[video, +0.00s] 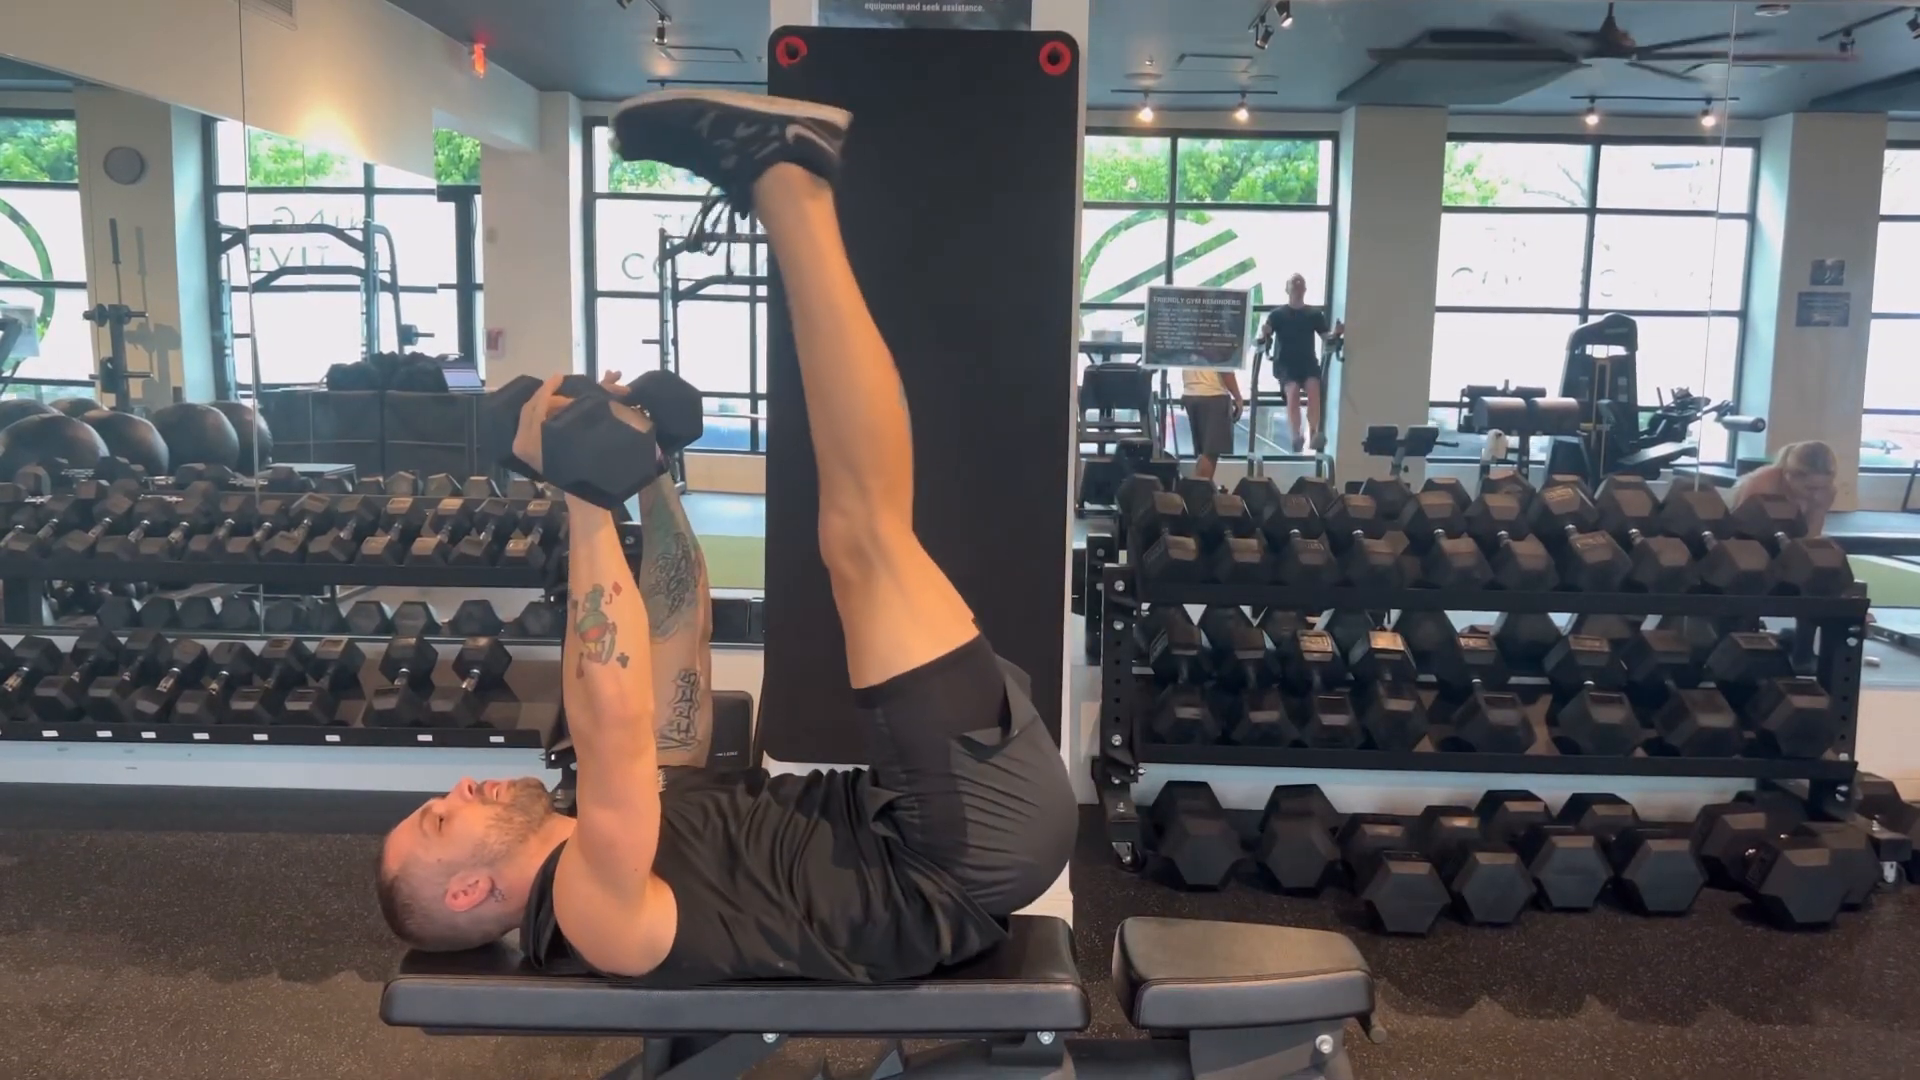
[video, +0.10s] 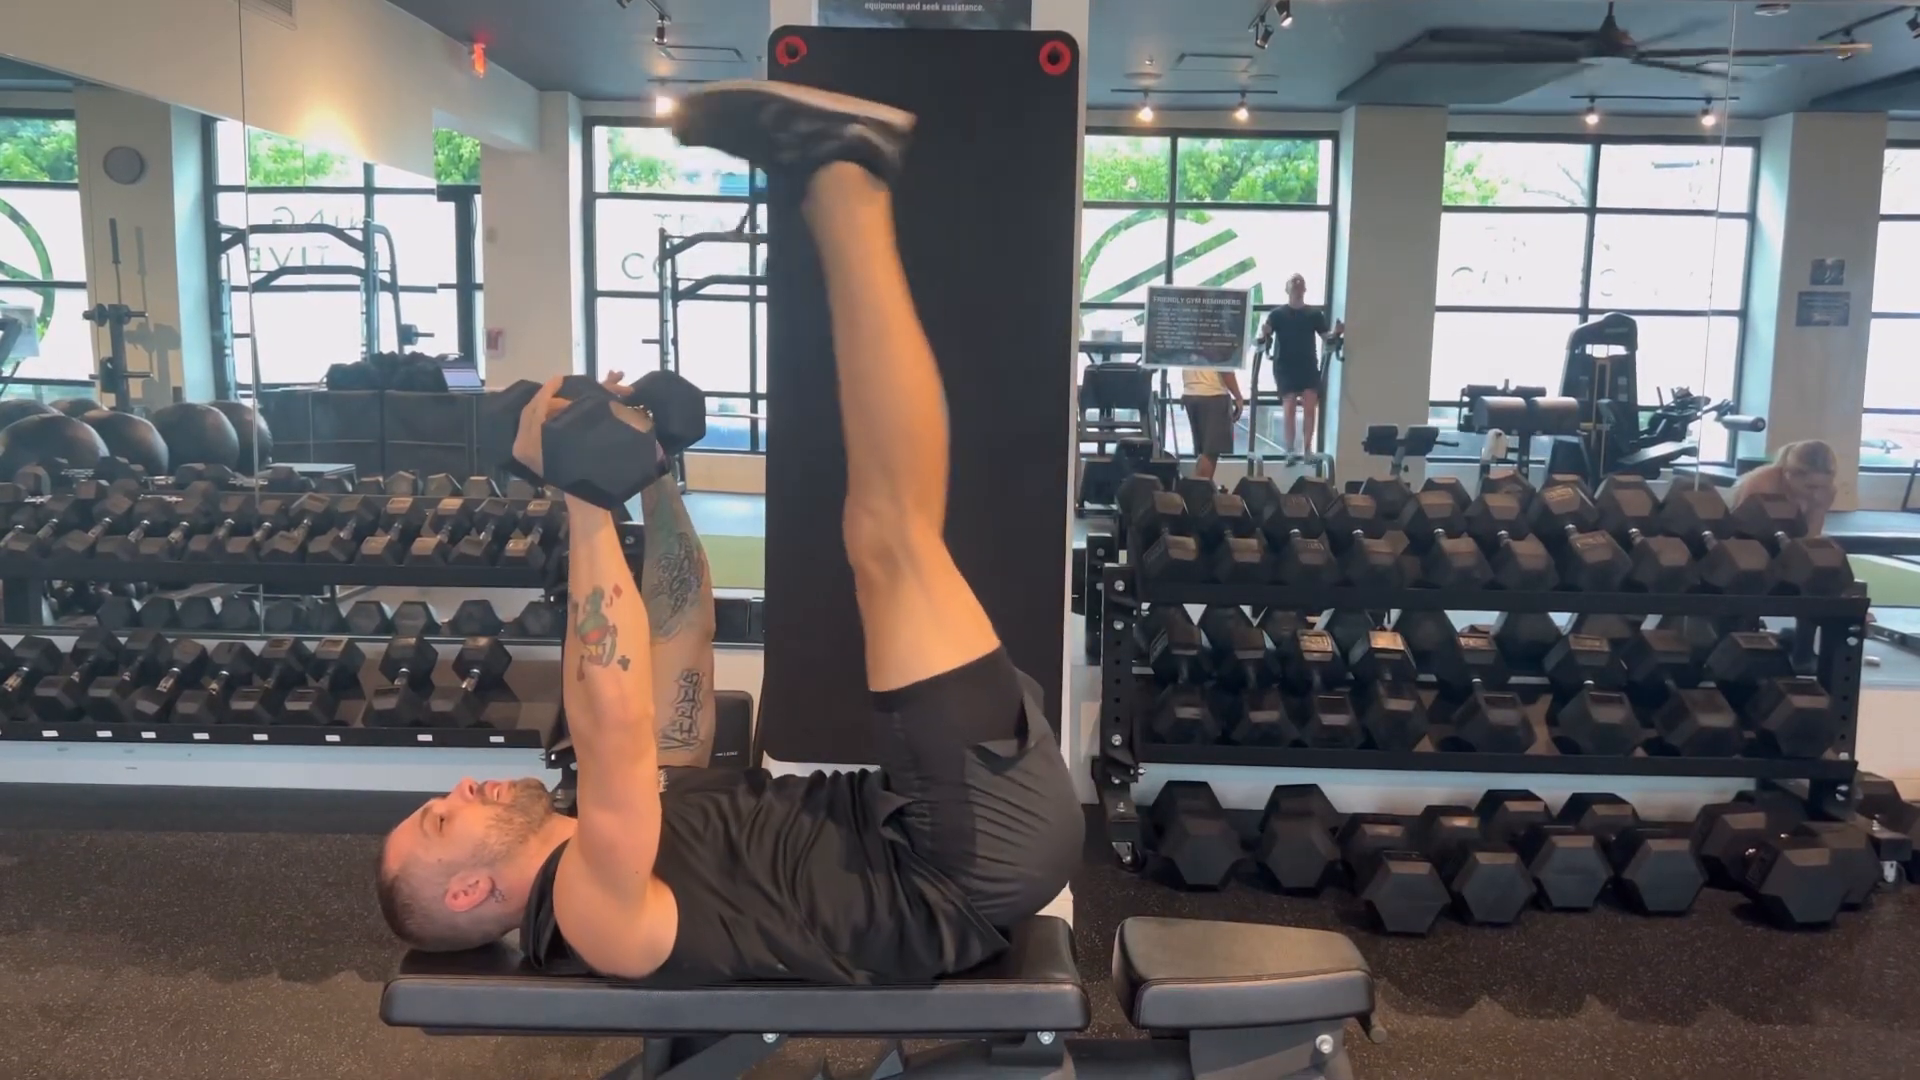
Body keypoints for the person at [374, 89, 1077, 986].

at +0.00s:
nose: (470, 783)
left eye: (441, 797)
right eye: (446, 813)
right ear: (481, 886)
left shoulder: (621, 835)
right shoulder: (602, 900)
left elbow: (679, 629)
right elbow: (609, 693)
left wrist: (647, 470)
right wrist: (581, 496)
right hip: (967, 849)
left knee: (872, 533)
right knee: (865, 537)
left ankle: (791, 185)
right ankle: (785, 181)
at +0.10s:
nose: (472, 784)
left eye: (441, 798)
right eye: (447, 814)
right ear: (479, 886)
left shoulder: (622, 843)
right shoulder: (602, 902)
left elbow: (680, 618)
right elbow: (608, 697)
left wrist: (648, 469)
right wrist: (584, 499)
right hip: (969, 864)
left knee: (894, 529)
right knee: (888, 533)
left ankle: (841, 182)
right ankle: (840, 174)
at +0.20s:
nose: (477, 783)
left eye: (448, 795)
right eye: (452, 812)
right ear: (484, 884)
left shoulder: (633, 835)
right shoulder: (605, 902)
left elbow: (685, 623)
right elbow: (611, 706)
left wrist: (654, 473)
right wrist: (583, 499)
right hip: (972, 880)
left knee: (940, 541)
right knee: (934, 543)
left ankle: (936, 186)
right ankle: (934, 180)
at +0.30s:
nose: (477, 788)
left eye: (449, 798)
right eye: (453, 818)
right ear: (484, 892)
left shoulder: (634, 838)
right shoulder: (607, 901)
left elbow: (687, 628)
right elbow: (610, 698)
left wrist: (656, 475)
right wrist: (583, 497)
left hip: (965, 852)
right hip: (989, 892)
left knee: (996, 550)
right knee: (993, 553)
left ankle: (1052, 203)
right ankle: (1054, 198)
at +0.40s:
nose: (479, 787)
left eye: (451, 797)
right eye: (456, 820)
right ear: (492, 889)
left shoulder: (645, 826)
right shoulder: (612, 905)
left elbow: (695, 630)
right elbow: (613, 721)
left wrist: (658, 481)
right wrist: (595, 511)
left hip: (976, 848)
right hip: (1001, 897)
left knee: (1056, 552)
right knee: (1064, 562)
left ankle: (1197, 235)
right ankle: (1200, 231)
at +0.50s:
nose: (478, 791)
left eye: (458, 802)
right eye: (460, 830)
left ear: (499, 813)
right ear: (499, 889)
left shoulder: (628, 822)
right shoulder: (615, 897)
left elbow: (696, 659)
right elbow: (624, 679)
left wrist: (661, 485)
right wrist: (597, 508)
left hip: (977, 826)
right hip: (1005, 886)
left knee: (1123, 562)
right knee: (1142, 576)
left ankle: (1321, 285)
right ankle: (1340, 277)